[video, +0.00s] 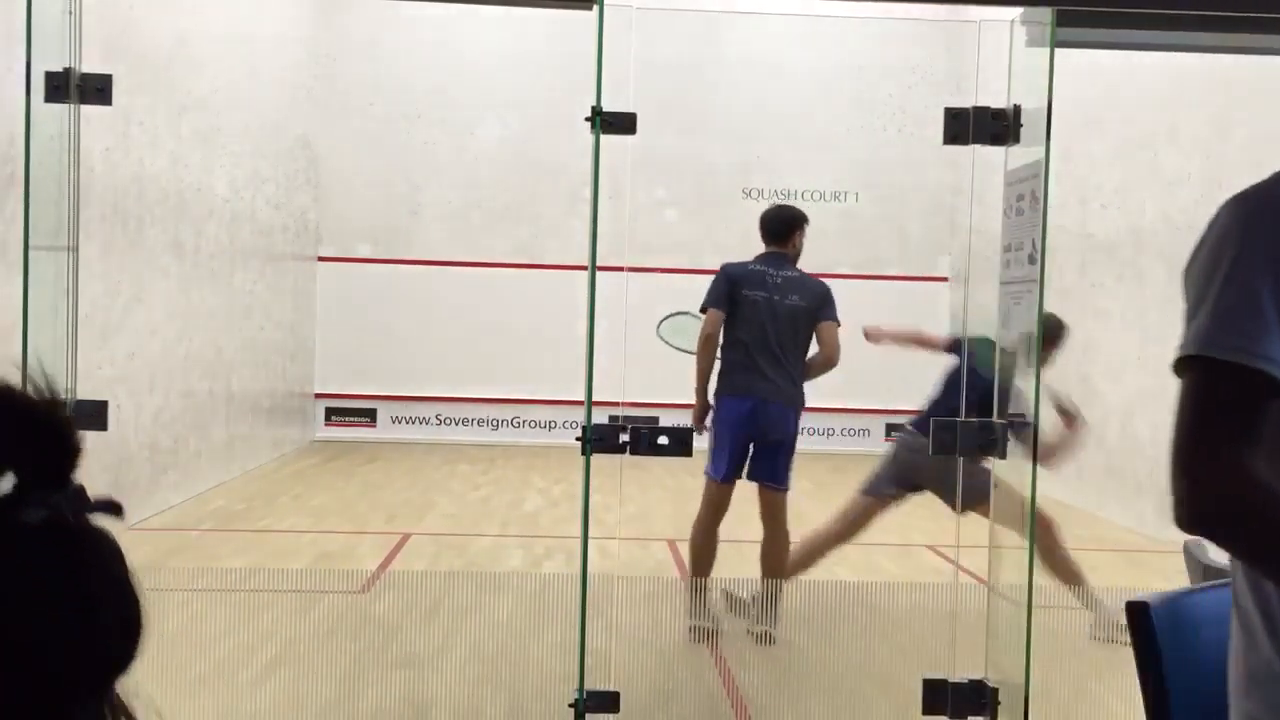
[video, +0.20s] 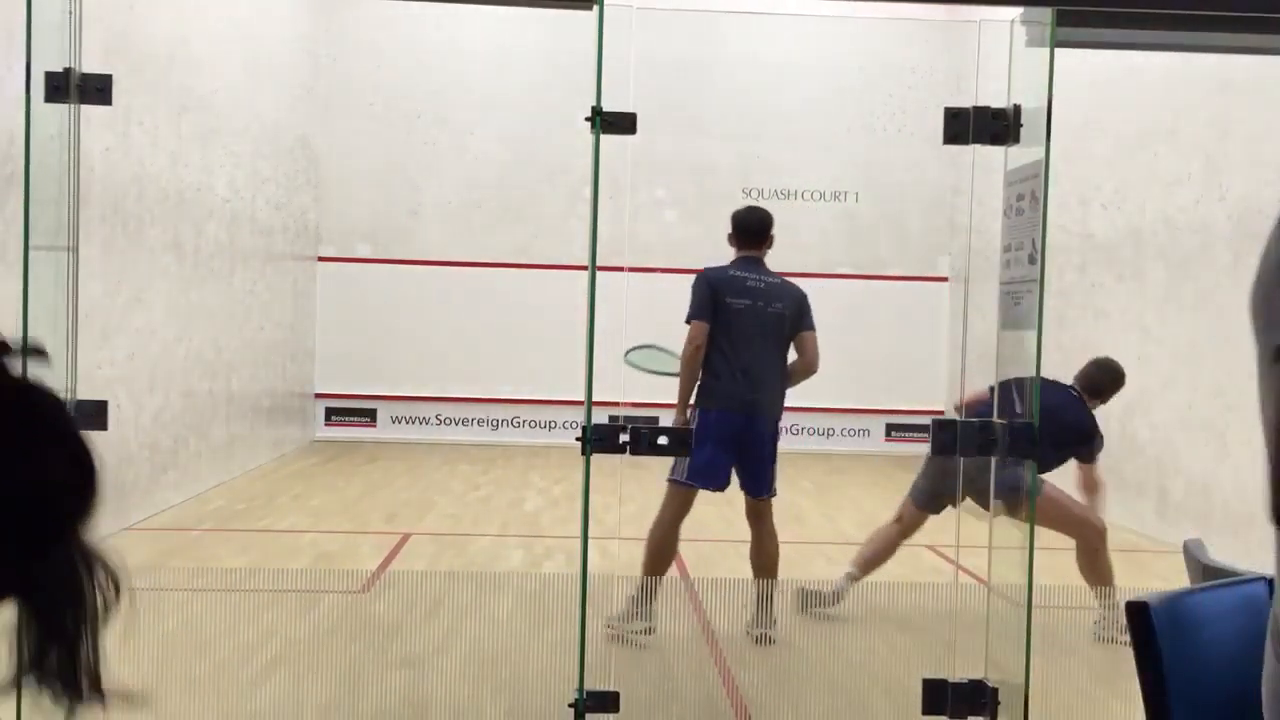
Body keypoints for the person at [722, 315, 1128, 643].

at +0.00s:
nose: (1050, 359)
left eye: (1051, 350)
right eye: (1052, 351)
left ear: (1024, 331)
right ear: (1045, 349)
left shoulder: (981, 346)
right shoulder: (1013, 392)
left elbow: (930, 340)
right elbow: (1043, 453)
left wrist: (883, 336)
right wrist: (1072, 431)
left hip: (910, 450)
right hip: (954, 464)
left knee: (843, 524)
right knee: (1038, 524)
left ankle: (766, 584)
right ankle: (1096, 609)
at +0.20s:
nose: (1106, 401)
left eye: (1103, 389)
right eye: (1110, 396)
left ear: (1080, 373)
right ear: (1106, 396)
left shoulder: (1032, 385)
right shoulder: (1085, 425)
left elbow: (965, 403)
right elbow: (1089, 485)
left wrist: (949, 440)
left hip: (948, 456)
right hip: (998, 470)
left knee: (899, 526)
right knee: (1090, 528)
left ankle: (837, 587)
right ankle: (1110, 617)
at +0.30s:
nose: (1085, 375)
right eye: (1089, 373)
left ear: (1058, 359)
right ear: (1086, 379)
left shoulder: (1012, 371)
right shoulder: (1070, 416)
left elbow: (953, 397)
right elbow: (1037, 460)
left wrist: (972, 428)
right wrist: (1006, 498)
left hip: (946, 449)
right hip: (1000, 467)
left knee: (902, 503)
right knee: (1090, 525)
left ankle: (875, 582)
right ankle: (1110, 617)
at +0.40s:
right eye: (1044, 327)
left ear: (1008, 312)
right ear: (1040, 332)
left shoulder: (969, 338)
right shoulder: (1034, 380)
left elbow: (923, 367)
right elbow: (1007, 424)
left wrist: (928, 408)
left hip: (930, 443)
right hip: (984, 454)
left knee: (887, 510)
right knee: (1062, 519)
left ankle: (897, 602)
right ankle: (1107, 613)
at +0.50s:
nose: (953, 275)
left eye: (956, 270)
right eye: (959, 270)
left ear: (959, 276)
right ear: (989, 290)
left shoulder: (927, 306)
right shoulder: (989, 334)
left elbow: (893, 352)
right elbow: (992, 389)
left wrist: (872, 394)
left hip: (912, 422)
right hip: (965, 431)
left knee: (866, 505)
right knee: (1017, 520)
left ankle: (891, 597)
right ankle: (1080, 604)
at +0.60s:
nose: (910, 253)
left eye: (913, 247)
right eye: (915, 247)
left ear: (919, 251)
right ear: (945, 260)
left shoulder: (899, 288)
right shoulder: (955, 307)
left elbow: (876, 346)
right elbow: (953, 370)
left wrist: (845, 374)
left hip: (889, 406)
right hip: (939, 410)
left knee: (856, 501)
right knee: (968, 482)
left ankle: (888, 603)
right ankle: (1005, 569)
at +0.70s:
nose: (874, 236)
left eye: (877, 230)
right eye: (877, 229)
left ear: (887, 233)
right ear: (910, 240)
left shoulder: (872, 271)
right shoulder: (925, 287)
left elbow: (858, 335)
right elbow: (930, 356)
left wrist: (832, 364)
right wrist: (904, 381)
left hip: (874, 392)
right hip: (918, 396)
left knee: (862, 495)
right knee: (923, 488)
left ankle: (887, 602)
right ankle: (939, 581)